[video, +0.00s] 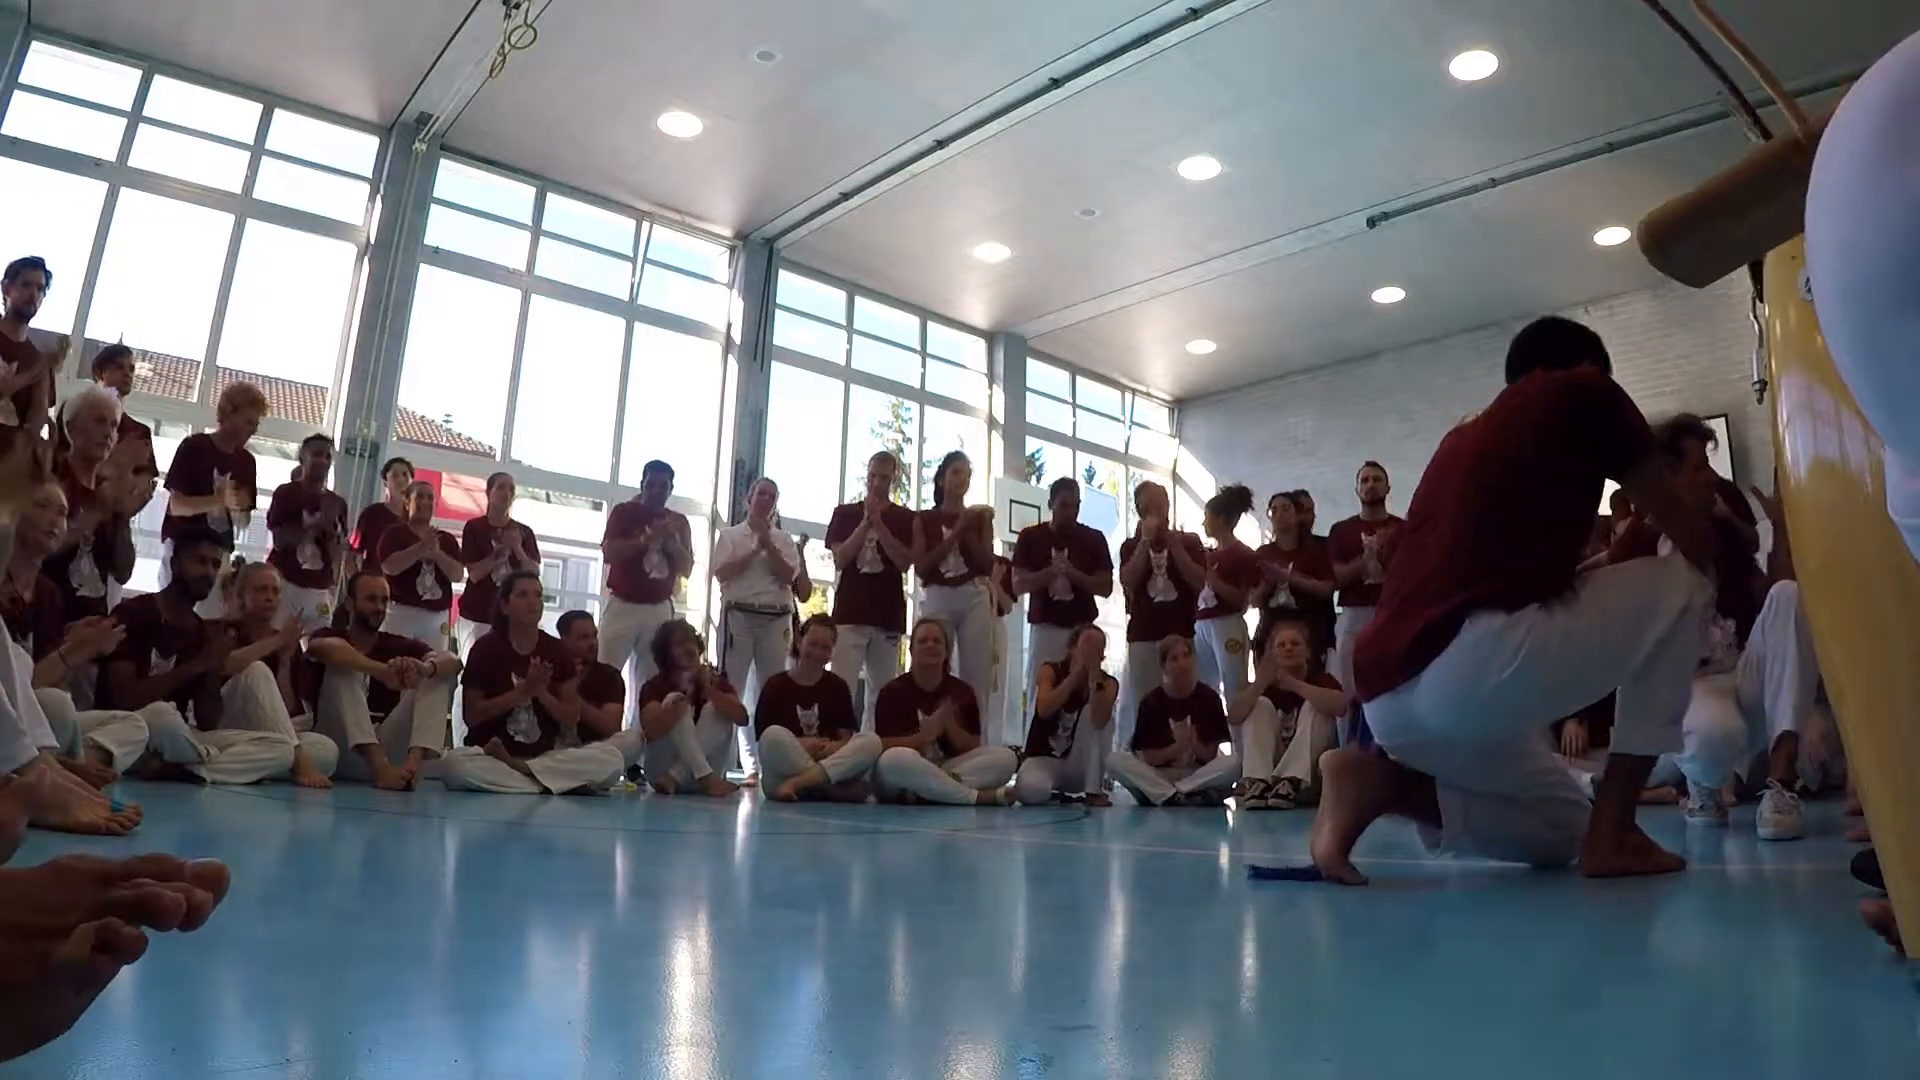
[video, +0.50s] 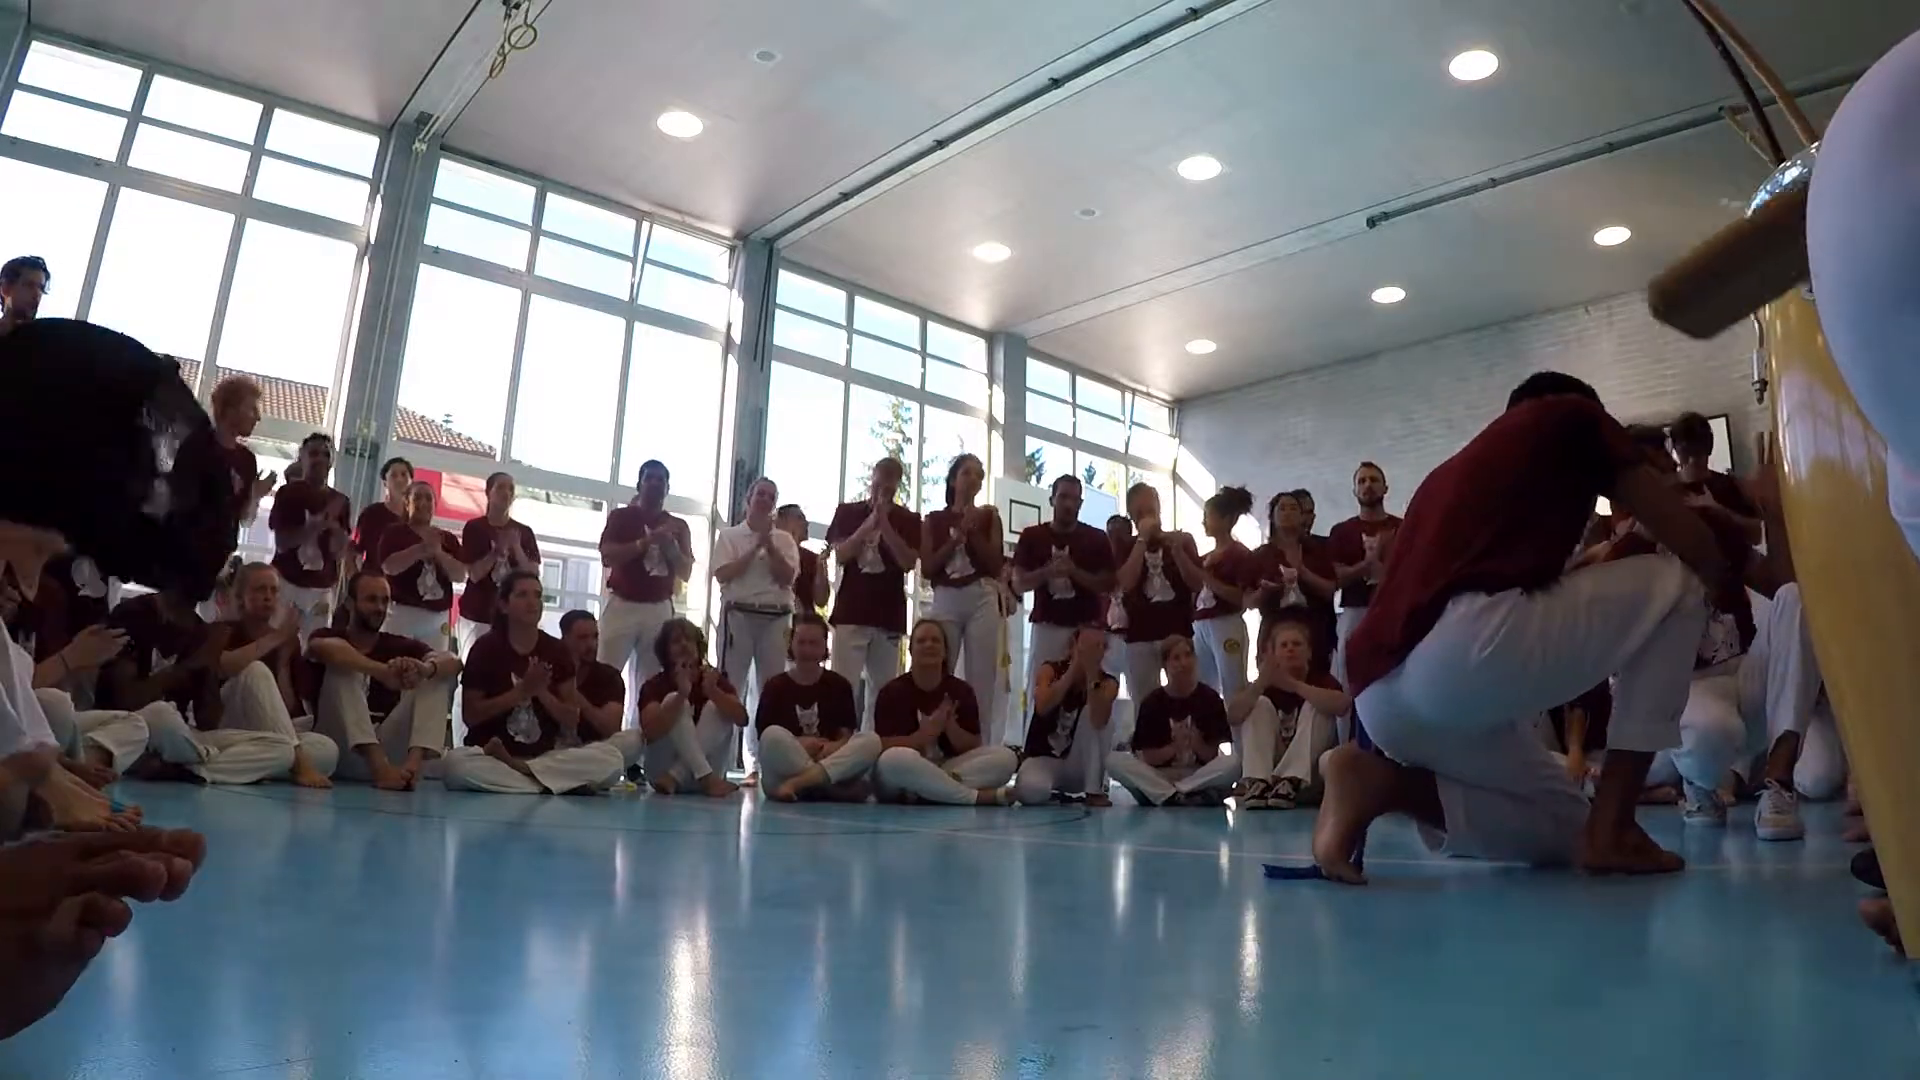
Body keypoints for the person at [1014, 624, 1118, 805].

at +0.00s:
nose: (1089, 653)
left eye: (1096, 647)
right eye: (1085, 646)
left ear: (1102, 653)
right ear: (1072, 648)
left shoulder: (1107, 683)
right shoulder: (1050, 670)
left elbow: (1099, 719)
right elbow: (1044, 709)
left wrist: (1094, 670)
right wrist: (1075, 674)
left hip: (1080, 762)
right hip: (1043, 760)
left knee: (1094, 711)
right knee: (1031, 792)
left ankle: (1094, 790)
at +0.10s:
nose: (1090, 652)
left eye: (1097, 646)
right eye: (1085, 645)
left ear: (1103, 651)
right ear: (1072, 647)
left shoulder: (1108, 683)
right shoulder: (1050, 670)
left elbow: (1100, 719)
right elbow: (1043, 708)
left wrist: (1094, 669)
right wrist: (1076, 673)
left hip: (1080, 762)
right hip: (1043, 761)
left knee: (1093, 711)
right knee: (1031, 792)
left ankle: (1094, 790)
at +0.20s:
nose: (1089, 654)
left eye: (1097, 648)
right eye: (1085, 646)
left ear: (1103, 652)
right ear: (1072, 647)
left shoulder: (1107, 682)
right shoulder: (1050, 670)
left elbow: (1101, 721)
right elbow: (1042, 708)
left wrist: (1094, 671)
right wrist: (1073, 672)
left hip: (1080, 763)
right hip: (1043, 761)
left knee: (1093, 710)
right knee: (1031, 793)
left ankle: (1094, 790)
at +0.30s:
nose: (1091, 649)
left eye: (1098, 645)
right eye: (1086, 642)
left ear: (1104, 654)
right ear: (1070, 647)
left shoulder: (1108, 683)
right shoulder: (1050, 669)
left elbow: (1101, 720)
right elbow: (1042, 708)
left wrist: (1096, 671)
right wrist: (1068, 669)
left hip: (1080, 763)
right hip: (1043, 761)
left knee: (1094, 710)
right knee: (1031, 792)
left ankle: (1094, 790)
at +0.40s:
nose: (1095, 651)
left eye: (1100, 646)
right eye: (1089, 645)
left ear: (1104, 650)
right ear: (1074, 645)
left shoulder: (1108, 682)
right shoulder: (1050, 669)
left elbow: (1099, 719)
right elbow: (1042, 707)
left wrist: (1093, 668)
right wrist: (1074, 664)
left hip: (1080, 763)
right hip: (1043, 761)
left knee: (1093, 711)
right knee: (1031, 793)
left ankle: (1094, 790)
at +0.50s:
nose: (1094, 652)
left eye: (1101, 646)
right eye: (1088, 645)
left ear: (1105, 650)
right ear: (1074, 645)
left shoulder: (1107, 682)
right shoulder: (1050, 669)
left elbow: (1099, 718)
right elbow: (1042, 706)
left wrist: (1092, 670)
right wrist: (1074, 667)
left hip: (1079, 763)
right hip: (1042, 761)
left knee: (1094, 712)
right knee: (1031, 793)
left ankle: (1094, 790)